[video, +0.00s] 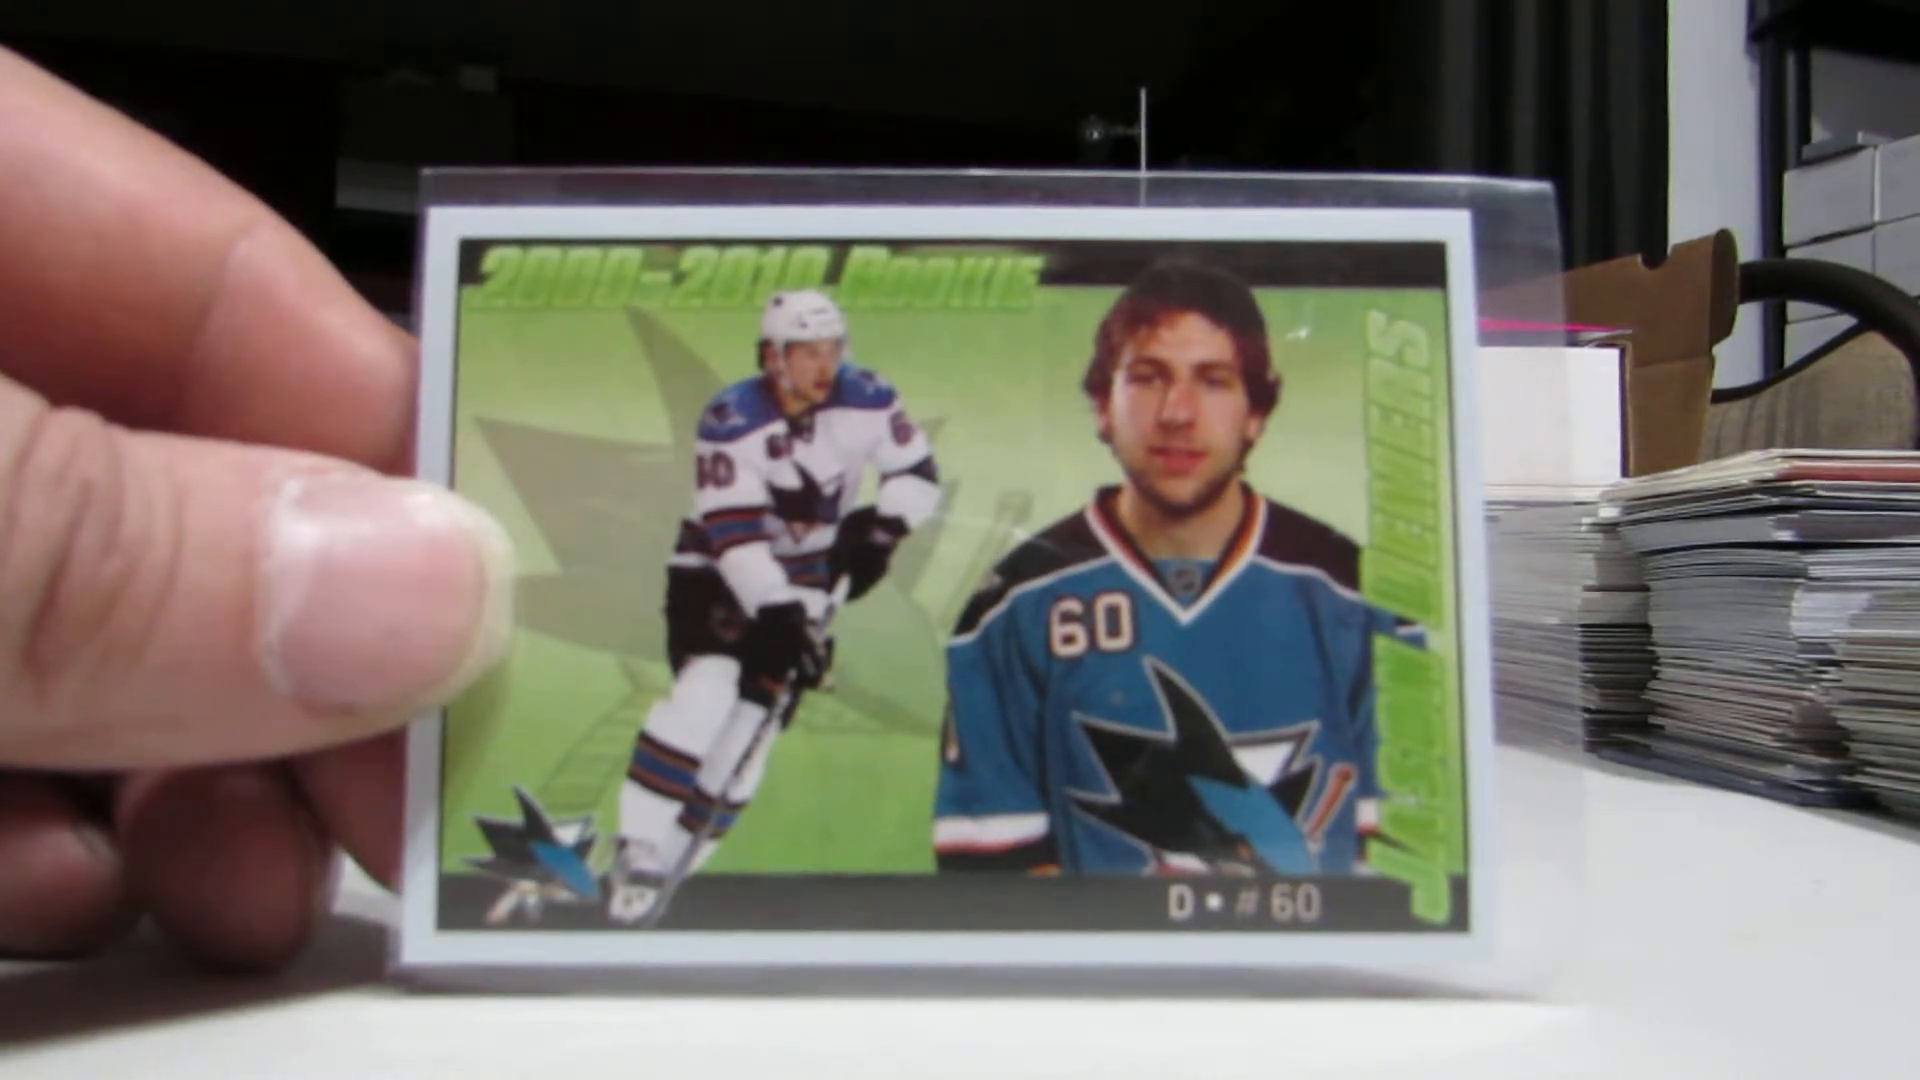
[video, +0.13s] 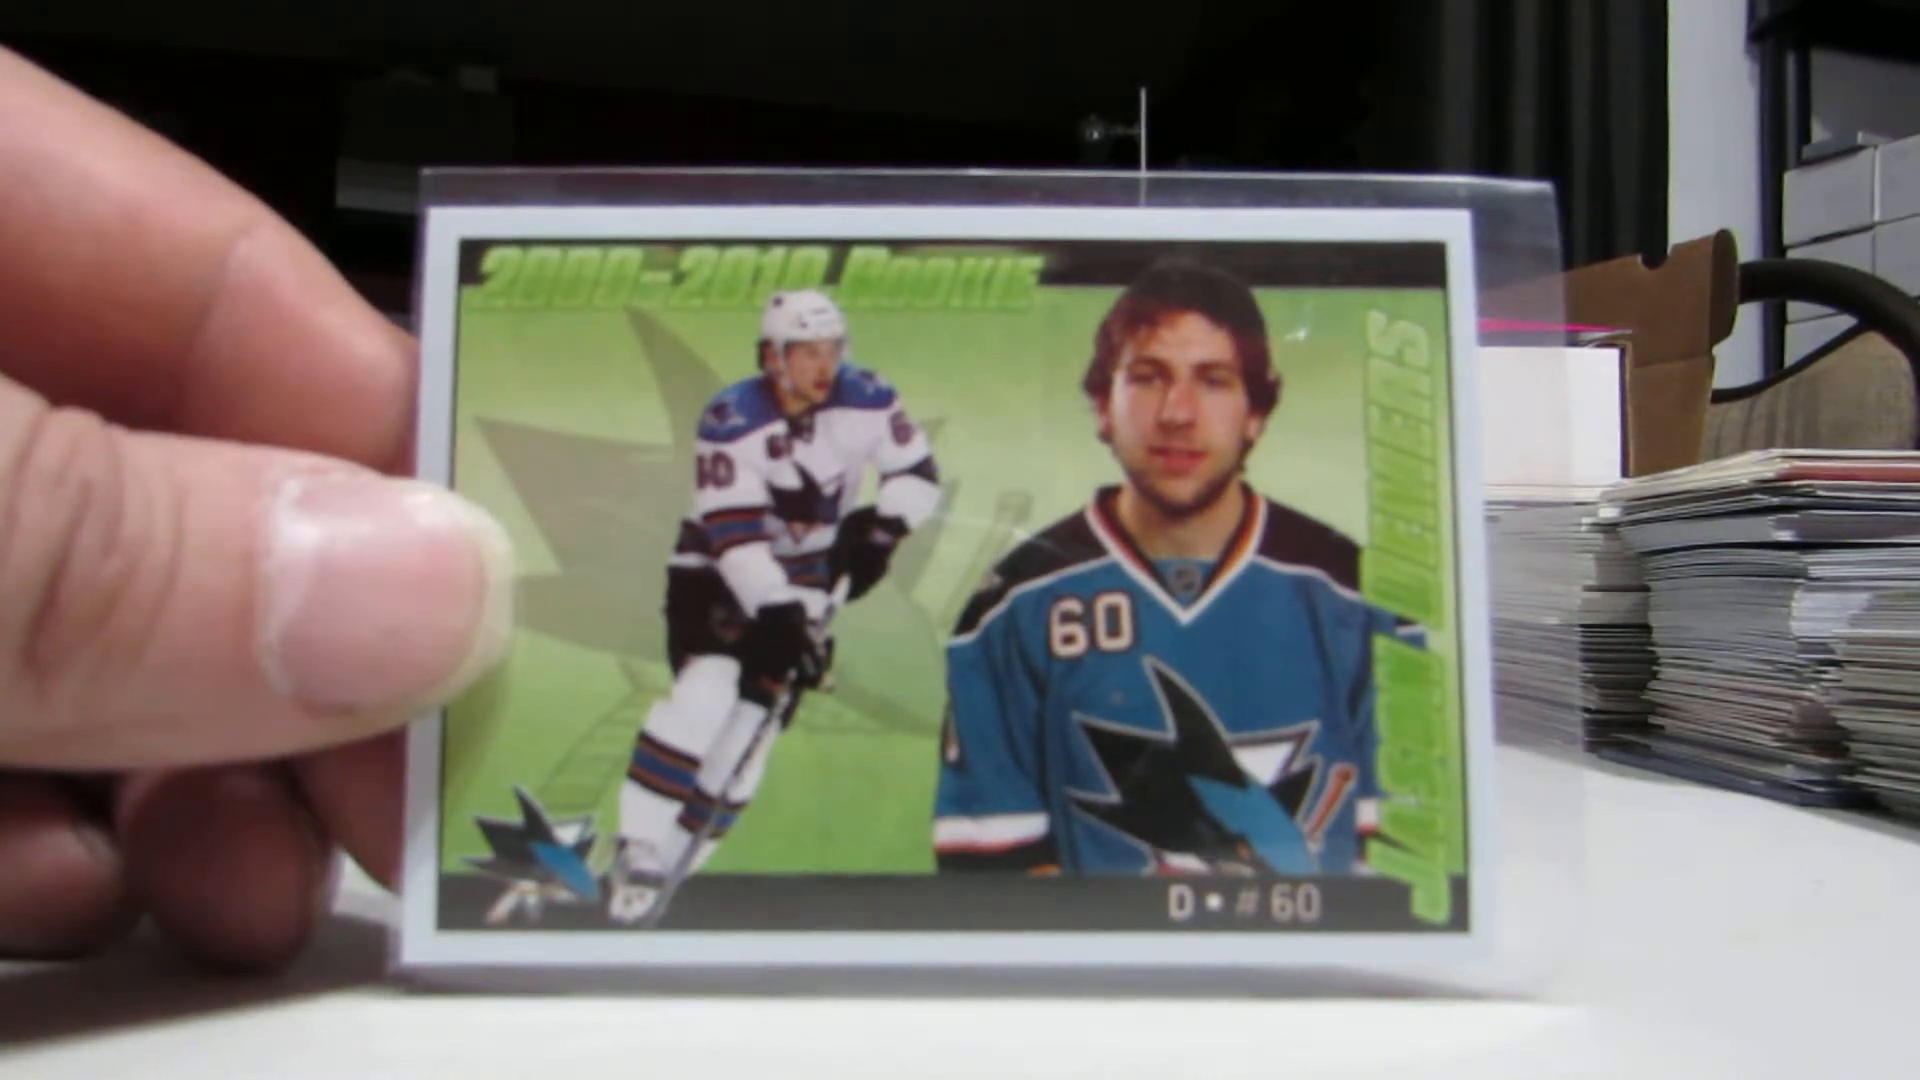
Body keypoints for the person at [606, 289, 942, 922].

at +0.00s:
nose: (825, 366)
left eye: (833, 352)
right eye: (810, 353)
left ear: (843, 352)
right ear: (773, 359)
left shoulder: (868, 401)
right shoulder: (732, 420)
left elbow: (917, 474)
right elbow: (733, 528)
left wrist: (880, 531)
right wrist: (776, 610)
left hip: (807, 578)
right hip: (721, 568)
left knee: (754, 724)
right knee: (709, 685)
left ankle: (677, 863)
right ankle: (641, 850)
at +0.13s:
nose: (825, 366)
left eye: (833, 352)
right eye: (809, 353)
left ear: (843, 352)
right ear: (773, 359)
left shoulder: (868, 401)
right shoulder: (732, 420)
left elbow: (917, 474)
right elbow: (733, 528)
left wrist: (880, 531)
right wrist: (776, 610)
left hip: (807, 578)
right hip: (721, 567)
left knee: (754, 724)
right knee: (709, 685)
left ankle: (677, 863)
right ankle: (641, 850)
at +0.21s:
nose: (826, 366)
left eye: (833, 352)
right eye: (810, 353)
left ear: (843, 352)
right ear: (774, 359)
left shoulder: (868, 401)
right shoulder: (732, 420)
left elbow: (917, 474)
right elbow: (733, 528)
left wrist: (880, 531)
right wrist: (776, 609)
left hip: (807, 578)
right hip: (721, 568)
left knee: (754, 725)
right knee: (708, 686)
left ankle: (677, 863)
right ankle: (640, 850)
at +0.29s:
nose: (826, 366)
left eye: (833, 352)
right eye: (810, 353)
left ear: (843, 352)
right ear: (774, 358)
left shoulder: (868, 401)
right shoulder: (732, 420)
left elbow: (917, 474)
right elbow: (733, 528)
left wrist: (880, 531)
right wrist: (776, 610)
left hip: (807, 578)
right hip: (720, 568)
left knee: (754, 725)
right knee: (709, 685)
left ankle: (677, 863)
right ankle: (641, 850)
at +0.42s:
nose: (821, 354)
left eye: (830, 340)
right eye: (806, 340)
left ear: (844, 341)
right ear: (774, 344)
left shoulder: (869, 391)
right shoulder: (733, 405)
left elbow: (919, 465)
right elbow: (731, 511)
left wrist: (879, 517)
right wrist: (771, 593)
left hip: (804, 567)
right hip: (717, 554)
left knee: (746, 707)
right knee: (705, 666)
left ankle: (670, 839)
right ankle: (634, 829)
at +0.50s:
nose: (758, 230)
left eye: (771, 217)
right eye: (745, 215)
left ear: (788, 222)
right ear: (720, 215)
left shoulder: (807, 275)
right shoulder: (682, 266)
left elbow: (838, 352)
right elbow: (657, 363)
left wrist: (784, 395)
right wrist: (699, 443)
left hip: (730, 421)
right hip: (655, 402)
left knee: (661, 524)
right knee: (629, 493)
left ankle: (596, 621)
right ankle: (558, 600)